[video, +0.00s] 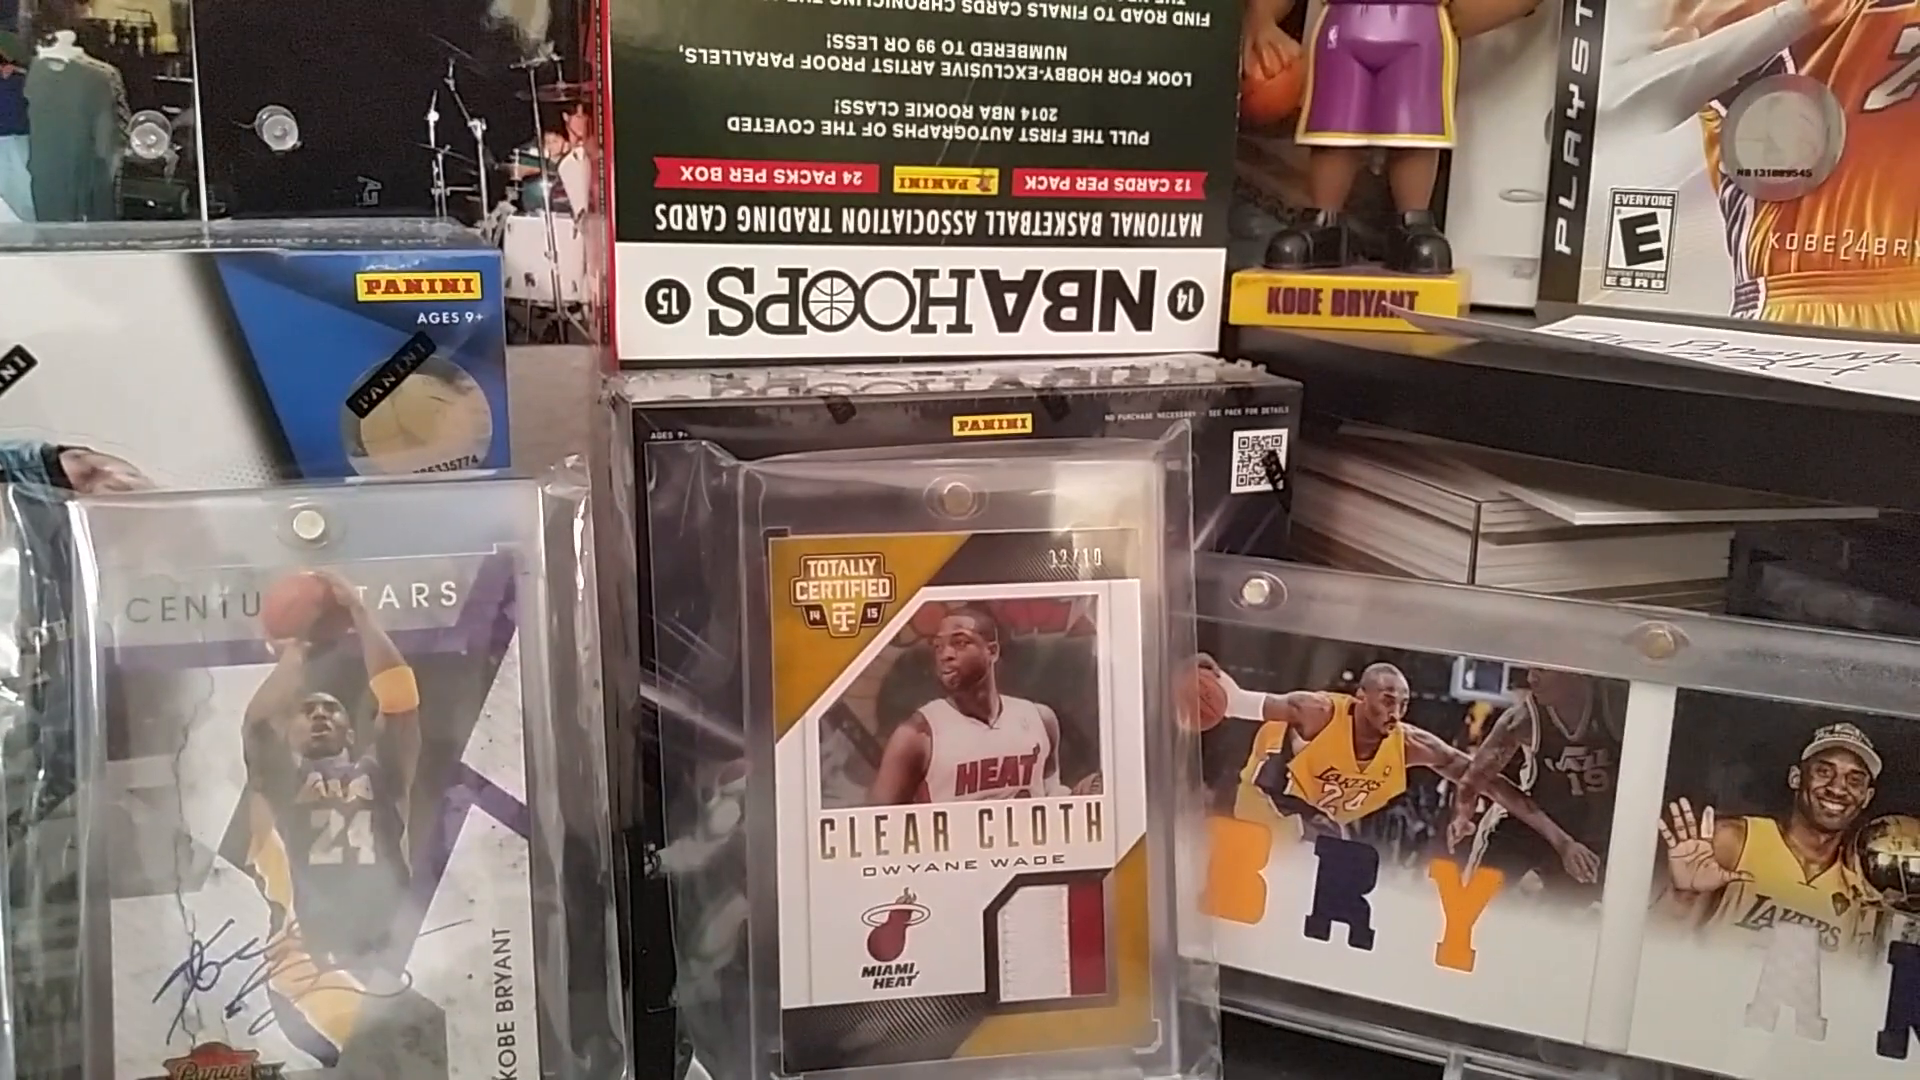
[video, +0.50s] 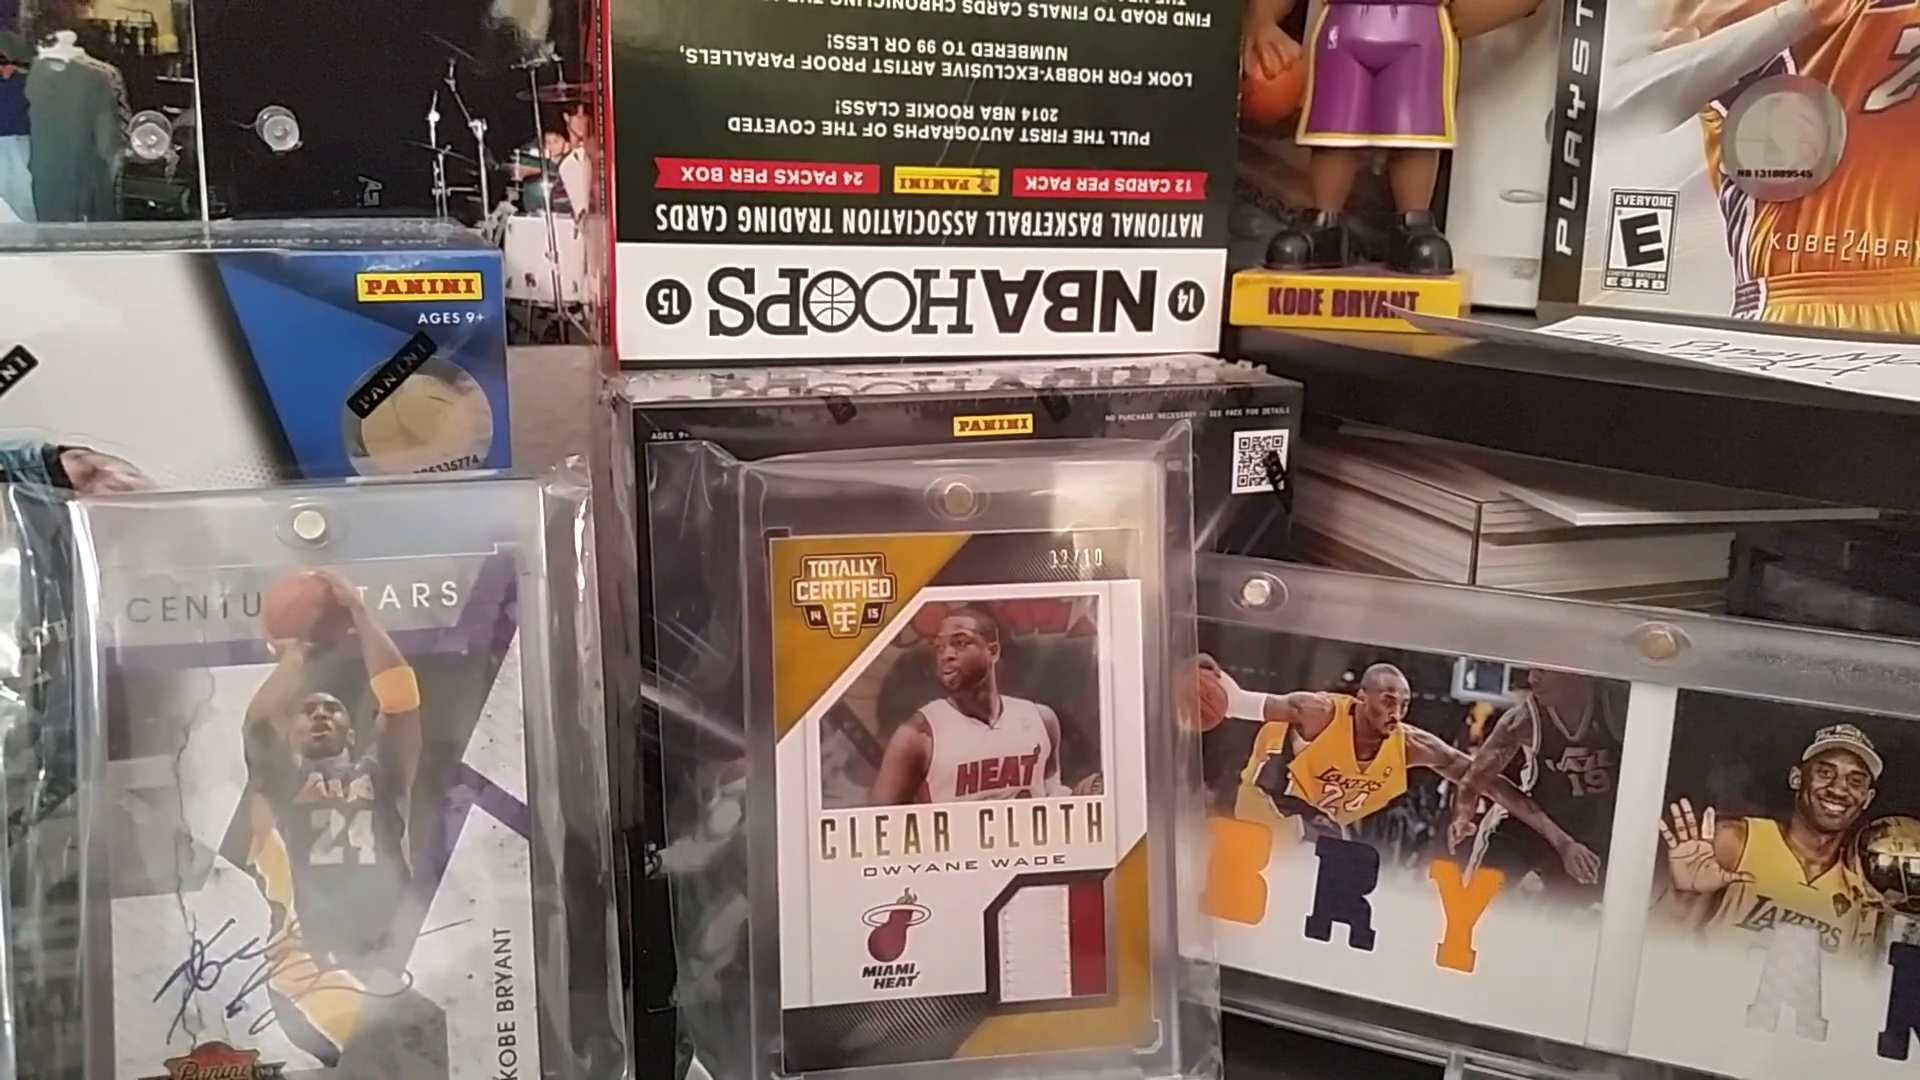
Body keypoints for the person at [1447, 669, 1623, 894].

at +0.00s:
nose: (1531, 678)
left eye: (1544, 669)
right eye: (1530, 668)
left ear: (1575, 670)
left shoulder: (1617, 704)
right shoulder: (1521, 719)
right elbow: (1472, 780)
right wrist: (1462, 818)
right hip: (1530, 820)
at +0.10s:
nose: (1531, 677)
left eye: (1543, 668)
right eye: (1530, 668)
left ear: (1577, 671)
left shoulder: (1618, 704)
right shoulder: (1521, 719)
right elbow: (1472, 779)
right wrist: (1462, 818)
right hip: (1531, 818)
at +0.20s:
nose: (1531, 678)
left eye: (1544, 669)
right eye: (1530, 668)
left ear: (1576, 670)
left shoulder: (1618, 704)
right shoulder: (1521, 720)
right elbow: (1472, 779)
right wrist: (1462, 818)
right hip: (1531, 818)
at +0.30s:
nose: (1531, 678)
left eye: (1543, 669)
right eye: (1530, 669)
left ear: (1576, 670)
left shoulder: (1618, 704)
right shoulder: (1521, 720)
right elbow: (1471, 780)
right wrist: (1461, 819)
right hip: (1530, 819)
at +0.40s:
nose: (1531, 677)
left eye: (1543, 668)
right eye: (1530, 668)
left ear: (1576, 671)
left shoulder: (1618, 704)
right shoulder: (1521, 719)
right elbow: (1471, 780)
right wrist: (1461, 818)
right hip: (1530, 820)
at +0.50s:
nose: (1532, 679)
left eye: (1544, 670)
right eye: (1530, 670)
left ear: (1576, 670)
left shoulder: (1618, 705)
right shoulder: (1522, 720)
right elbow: (1472, 781)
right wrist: (1462, 819)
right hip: (1531, 820)